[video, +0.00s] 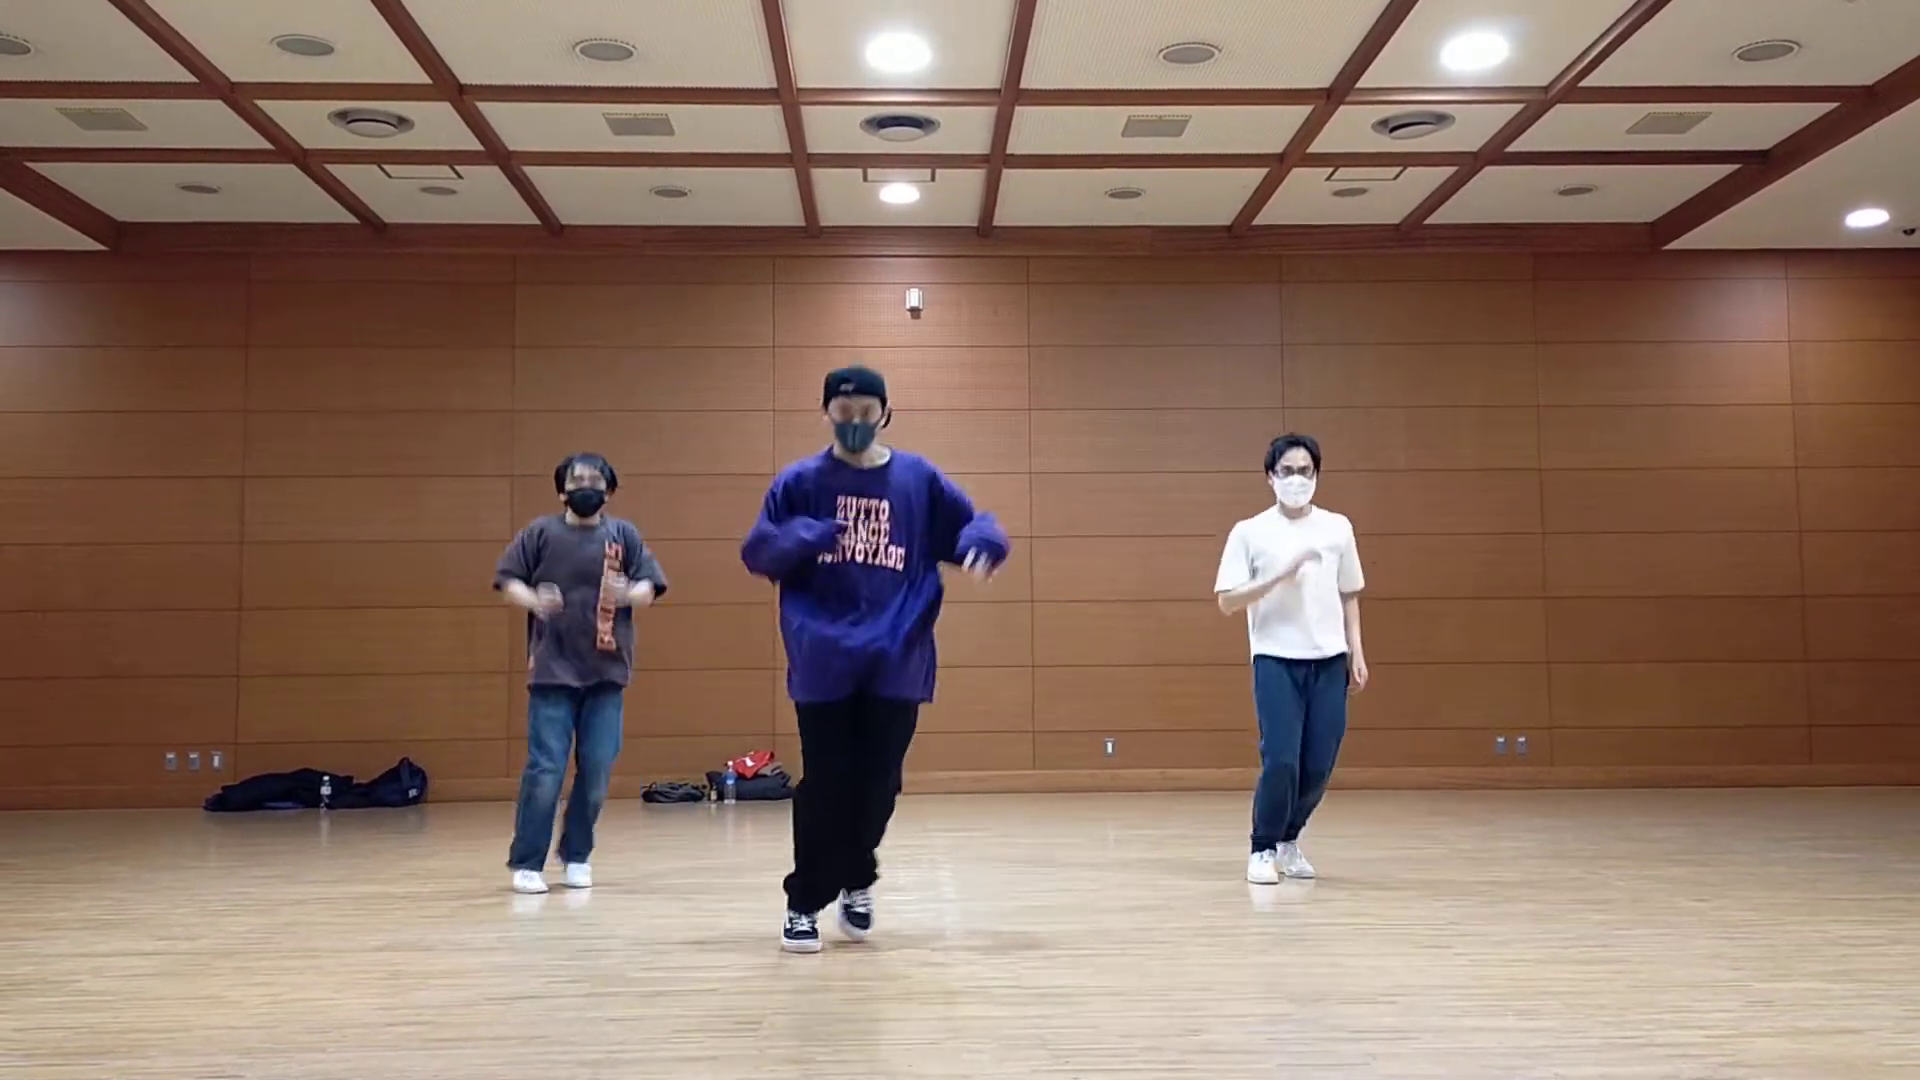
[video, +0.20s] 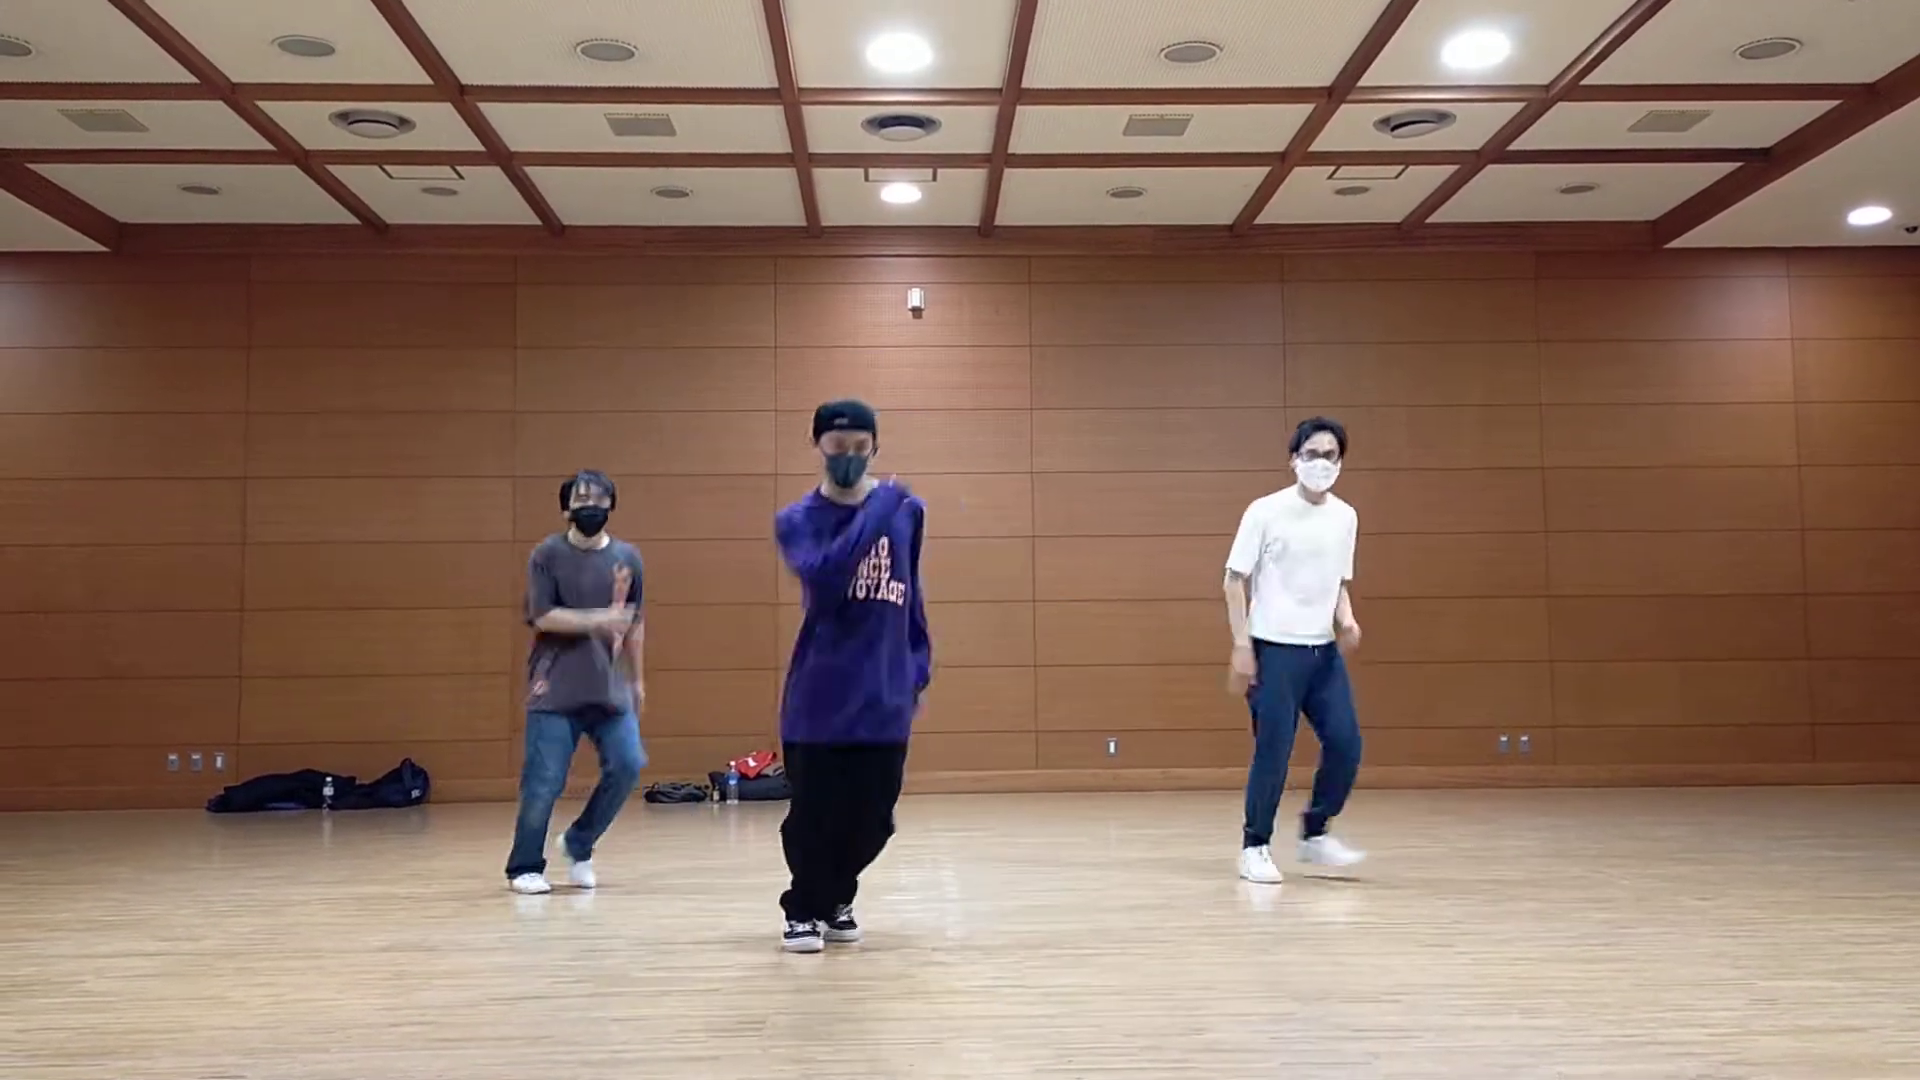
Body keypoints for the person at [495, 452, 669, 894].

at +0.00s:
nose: (586, 484)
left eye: (595, 478)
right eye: (577, 477)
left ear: (608, 489)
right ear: (563, 488)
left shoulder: (623, 534)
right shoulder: (541, 532)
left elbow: (652, 584)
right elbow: (506, 578)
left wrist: (627, 593)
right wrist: (533, 599)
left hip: (606, 673)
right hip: (553, 671)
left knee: (597, 770)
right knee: (546, 769)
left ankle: (577, 856)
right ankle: (527, 864)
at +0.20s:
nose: (588, 504)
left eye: (596, 498)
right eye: (580, 497)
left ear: (610, 506)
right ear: (567, 506)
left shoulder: (627, 560)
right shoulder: (547, 555)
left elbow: (634, 624)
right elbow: (540, 617)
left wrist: (637, 680)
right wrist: (598, 619)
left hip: (609, 690)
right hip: (555, 690)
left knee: (627, 765)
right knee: (544, 782)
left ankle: (579, 844)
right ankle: (525, 868)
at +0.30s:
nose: (609, 485)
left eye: (616, 477)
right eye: (599, 478)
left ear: (629, 487)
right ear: (583, 490)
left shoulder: (637, 538)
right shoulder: (569, 535)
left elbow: (642, 599)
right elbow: (561, 595)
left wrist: (648, 642)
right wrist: (618, 576)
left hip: (627, 670)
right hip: (577, 673)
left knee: (652, 746)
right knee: (557, 767)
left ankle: (617, 843)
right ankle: (530, 863)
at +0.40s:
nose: (632, 491)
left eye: (639, 483)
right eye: (622, 485)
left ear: (652, 494)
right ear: (606, 497)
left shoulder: (652, 542)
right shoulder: (592, 543)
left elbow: (645, 592)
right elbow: (582, 606)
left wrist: (661, 628)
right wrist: (638, 581)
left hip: (640, 674)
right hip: (593, 677)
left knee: (675, 751)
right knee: (574, 770)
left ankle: (680, 853)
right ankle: (530, 862)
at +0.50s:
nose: (656, 525)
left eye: (663, 518)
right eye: (646, 519)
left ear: (674, 526)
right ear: (628, 530)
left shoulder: (669, 570)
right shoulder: (609, 580)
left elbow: (667, 615)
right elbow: (601, 643)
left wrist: (679, 636)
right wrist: (662, 641)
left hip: (653, 695)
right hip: (608, 699)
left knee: (702, 765)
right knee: (587, 788)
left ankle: (724, 861)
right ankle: (522, 866)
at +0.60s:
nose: (682, 542)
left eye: (688, 534)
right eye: (672, 535)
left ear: (698, 540)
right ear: (655, 546)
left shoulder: (696, 578)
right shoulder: (638, 595)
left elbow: (697, 614)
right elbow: (629, 663)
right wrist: (672, 691)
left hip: (678, 705)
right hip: (632, 709)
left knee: (723, 768)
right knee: (596, 786)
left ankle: (720, 865)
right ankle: (524, 864)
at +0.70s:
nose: (701, 514)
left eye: (707, 507)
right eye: (691, 508)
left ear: (719, 514)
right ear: (676, 517)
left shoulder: (730, 557)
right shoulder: (657, 566)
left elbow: (755, 590)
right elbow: (646, 631)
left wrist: (811, 592)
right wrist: (685, 630)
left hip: (711, 693)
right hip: (660, 694)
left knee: (732, 767)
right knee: (623, 771)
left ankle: (720, 863)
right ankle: (572, 849)